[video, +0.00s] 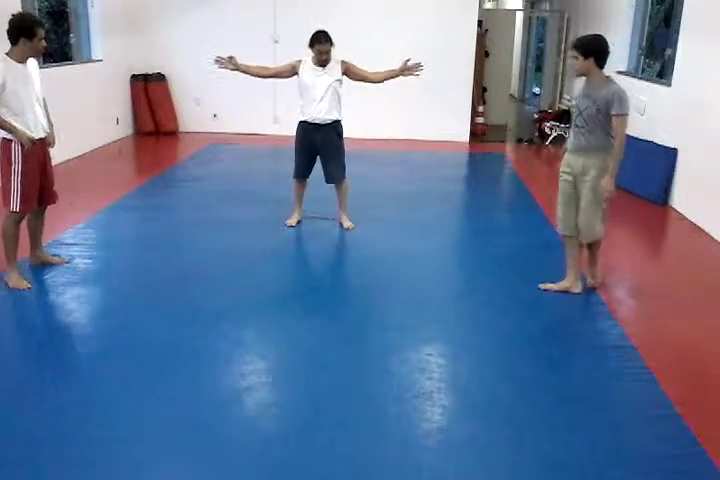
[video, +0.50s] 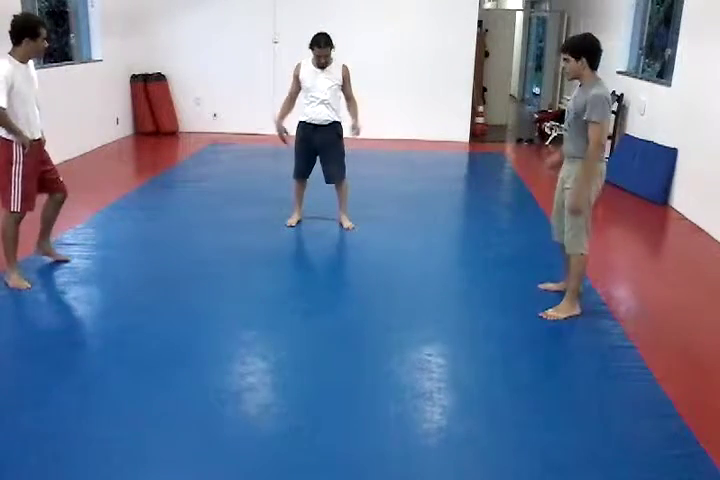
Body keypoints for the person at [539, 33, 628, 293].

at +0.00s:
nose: (572, 63)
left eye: (576, 58)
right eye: (572, 58)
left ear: (591, 59)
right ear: (587, 60)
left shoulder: (615, 93)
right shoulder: (582, 86)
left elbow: (619, 137)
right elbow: (578, 125)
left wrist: (611, 175)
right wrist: (567, 150)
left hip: (596, 161)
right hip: (572, 157)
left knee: (591, 225)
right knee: (567, 223)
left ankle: (592, 273)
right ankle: (572, 278)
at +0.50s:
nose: (563, 66)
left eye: (567, 60)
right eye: (563, 60)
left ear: (583, 61)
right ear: (581, 61)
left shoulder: (597, 95)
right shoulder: (582, 89)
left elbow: (595, 146)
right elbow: (578, 133)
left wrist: (582, 190)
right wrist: (561, 153)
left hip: (585, 169)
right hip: (571, 165)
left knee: (576, 234)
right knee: (561, 224)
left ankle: (572, 301)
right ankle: (569, 281)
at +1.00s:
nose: (557, 64)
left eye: (561, 59)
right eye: (557, 58)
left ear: (576, 60)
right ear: (579, 61)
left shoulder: (589, 98)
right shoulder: (580, 92)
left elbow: (589, 149)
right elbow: (579, 143)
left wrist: (573, 191)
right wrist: (565, 176)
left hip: (583, 171)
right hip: (570, 167)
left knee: (576, 237)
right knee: (561, 228)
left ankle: (572, 301)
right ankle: (566, 278)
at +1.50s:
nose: (558, 63)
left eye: (562, 58)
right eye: (558, 57)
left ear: (576, 59)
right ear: (580, 60)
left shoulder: (586, 93)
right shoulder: (588, 89)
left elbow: (582, 145)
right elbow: (582, 141)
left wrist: (569, 187)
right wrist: (568, 178)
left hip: (574, 165)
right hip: (578, 163)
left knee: (554, 225)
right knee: (571, 224)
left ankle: (566, 290)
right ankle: (569, 279)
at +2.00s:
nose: (552, 66)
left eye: (554, 61)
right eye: (552, 60)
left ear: (566, 61)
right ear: (577, 62)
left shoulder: (559, 91)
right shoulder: (597, 91)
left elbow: (551, 133)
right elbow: (604, 130)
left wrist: (539, 170)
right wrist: (584, 125)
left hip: (560, 157)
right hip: (587, 160)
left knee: (544, 209)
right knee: (577, 222)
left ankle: (545, 254)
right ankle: (570, 278)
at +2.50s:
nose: (539, 58)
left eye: (541, 53)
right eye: (539, 53)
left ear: (553, 55)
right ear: (563, 55)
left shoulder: (547, 81)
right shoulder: (582, 80)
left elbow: (540, 120)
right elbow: (590, 117)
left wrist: (528, 148)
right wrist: (593, 147)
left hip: (550, 143)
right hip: (570, 144)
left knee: (546, 199)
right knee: (558, 192)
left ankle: (549, 253)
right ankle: (559, 237)